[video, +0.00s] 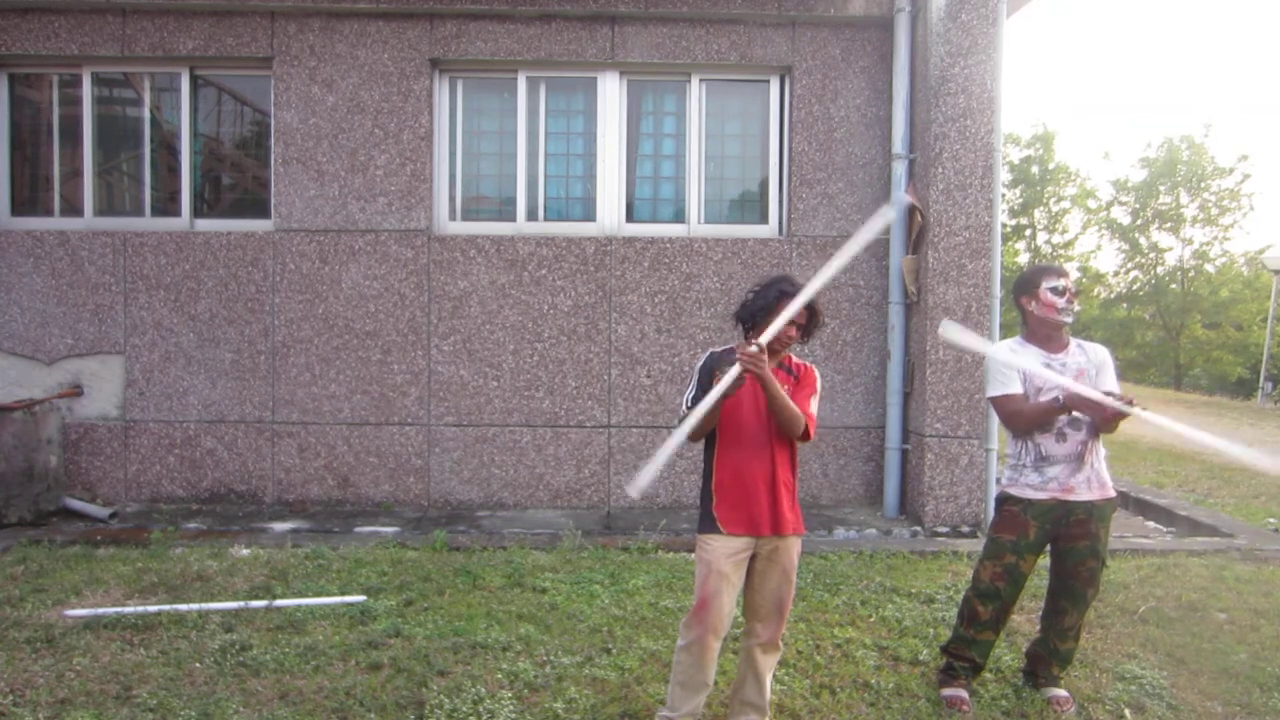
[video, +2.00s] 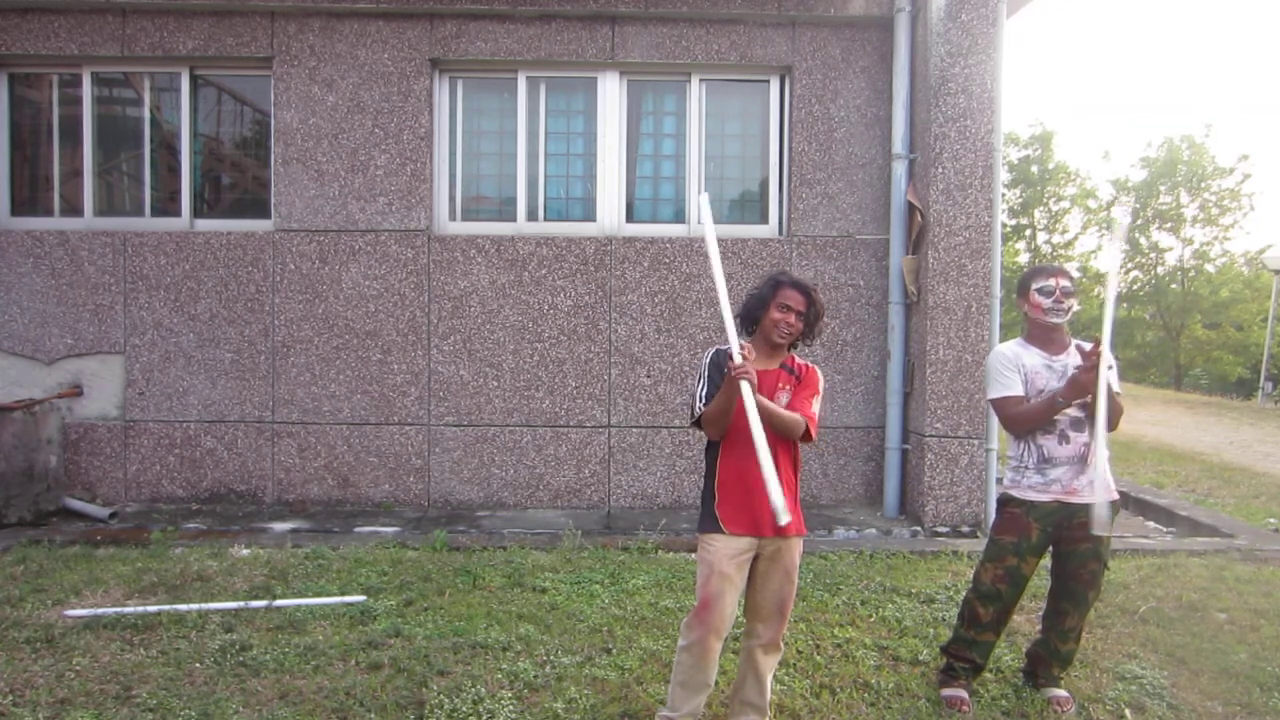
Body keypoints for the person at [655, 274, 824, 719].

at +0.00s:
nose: (793, 332)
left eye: (800, 327)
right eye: (787, 320)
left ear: (803, 332)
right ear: (759, 315)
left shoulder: (804, 373)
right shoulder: (717, 363)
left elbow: (800, 430)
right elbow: (693, 430)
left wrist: (767, 376)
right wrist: (721, 390)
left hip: (782, 520)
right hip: (724, 519)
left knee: (767, 635)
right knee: (707, 624)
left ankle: (750, 715)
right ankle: (678, 714)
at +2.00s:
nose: (790, 320)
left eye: (800, 315)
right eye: (783, 308)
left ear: (805, 326)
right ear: (761, 308)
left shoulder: (807, 373)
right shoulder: (723, 358)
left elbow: (800, 428)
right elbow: (713, 429)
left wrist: (751, 396)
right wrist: (732, 382)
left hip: (785, 519)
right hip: (728, 516)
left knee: (768, 635)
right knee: (709, 621)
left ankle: (749, 715)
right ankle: (678, 714)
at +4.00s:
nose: (786, 319)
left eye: (789, 311)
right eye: (777, 310)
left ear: (792, 316)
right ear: (747, 312)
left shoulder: (795, 362)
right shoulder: (713, 355)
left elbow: (793, 420)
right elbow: (690, 405)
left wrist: (782, 386)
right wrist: (742, 365)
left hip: (777, 513)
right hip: (721, 514)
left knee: (766, 630)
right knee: (703, 621)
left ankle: (749, 714)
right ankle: (678, 713)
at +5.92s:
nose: (778, 313)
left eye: (786, 307)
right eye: (769, 304)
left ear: (792, 316)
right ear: (747, 308)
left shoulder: (801, 367)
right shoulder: (720, 358)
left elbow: (800, 423)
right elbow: (693, 414)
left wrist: (779, 364)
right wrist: (735, 363)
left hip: (781, 518)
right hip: (723, 517)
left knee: (766, 633)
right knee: (706, 623)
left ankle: (749, 714)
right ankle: (677, 714)